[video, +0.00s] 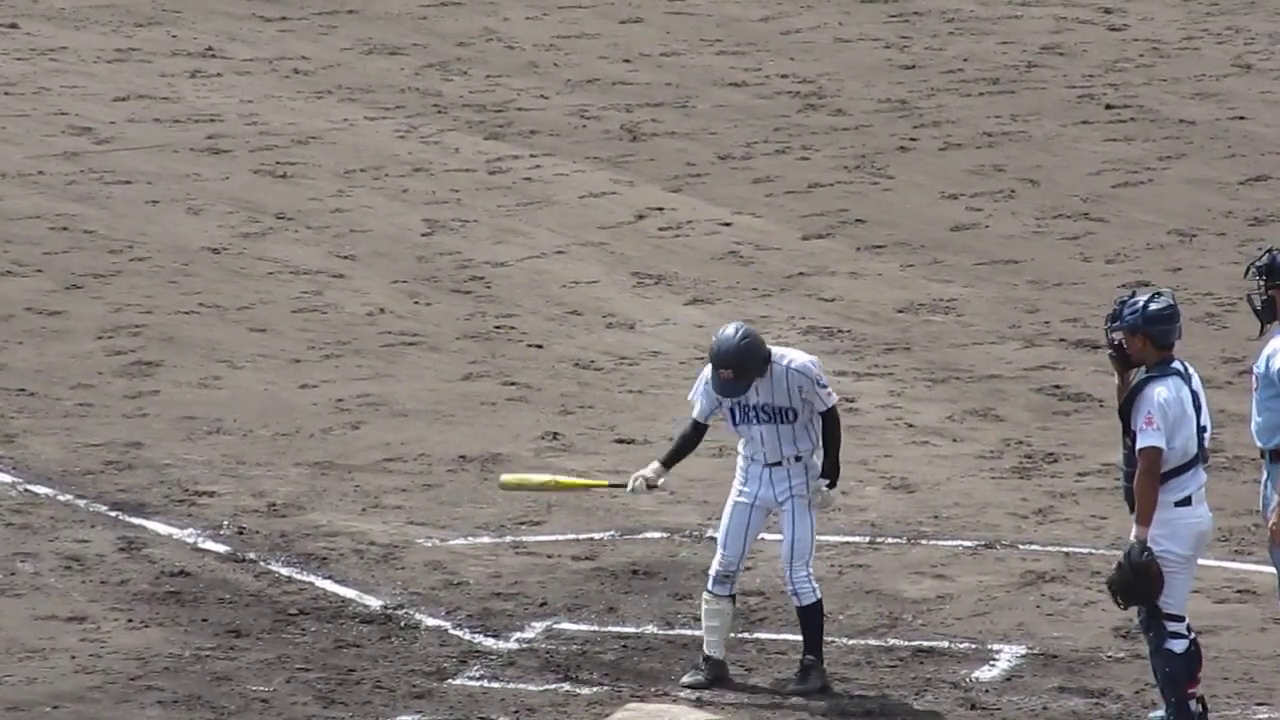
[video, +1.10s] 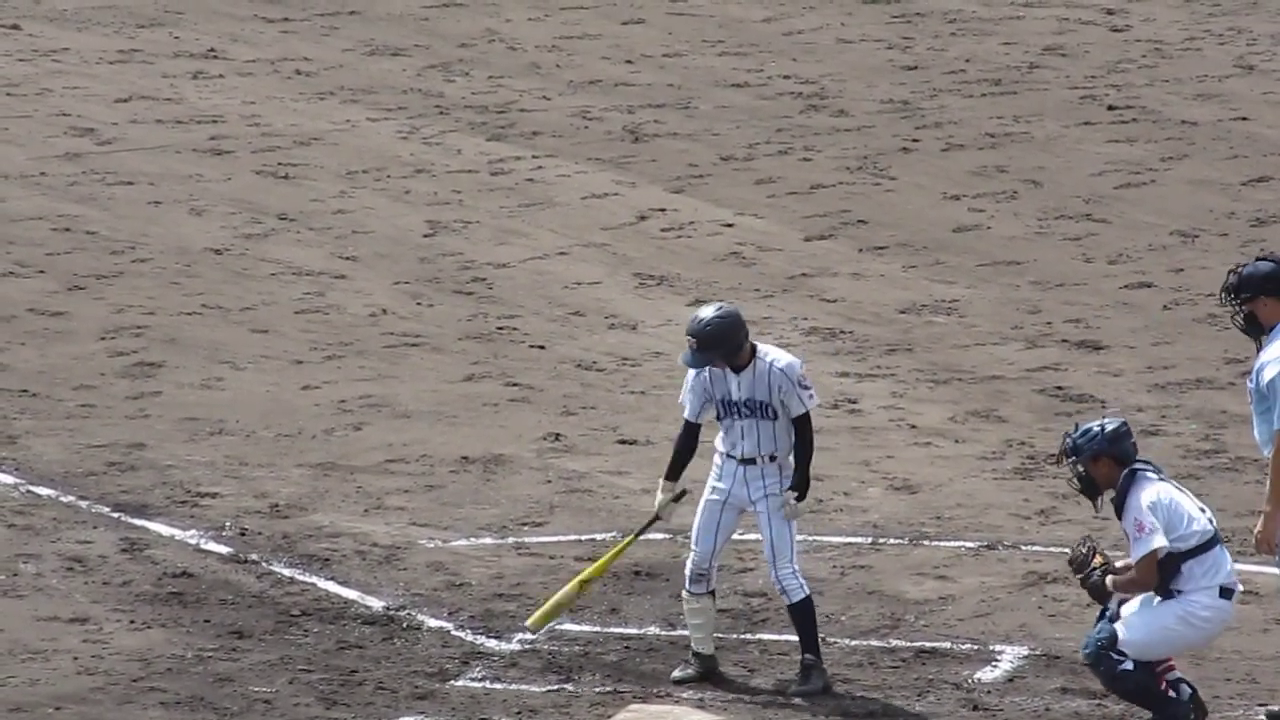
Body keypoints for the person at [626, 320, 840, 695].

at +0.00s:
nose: (727, 385)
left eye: (734, 379)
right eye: (722, 377)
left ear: (755, 366)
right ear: (717, 363)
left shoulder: (800, 370)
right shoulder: (717, 376)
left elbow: (829, 414)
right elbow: (696, 428)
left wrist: (829, 476)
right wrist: (659, 466)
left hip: (797, 474)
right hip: (750, 475)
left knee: (798, 573)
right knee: (724, 566)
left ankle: (813, 666)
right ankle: (712, 661)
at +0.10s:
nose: (750, 385)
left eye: (758, 378)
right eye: (745, 376)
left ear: (779, 364)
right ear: (737, 361)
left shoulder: (814, 371)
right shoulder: (728, 373)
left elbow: (839, 415)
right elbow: (723, 431)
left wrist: (843, 475)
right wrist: (708, 483)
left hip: (800, 476)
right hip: (750, 474)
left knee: (800, 572)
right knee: (725, 565)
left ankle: (811, 667)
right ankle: (712, 661)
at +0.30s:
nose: (779, 369)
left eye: (787, 364)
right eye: (774, 362)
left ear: (805, 356)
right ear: (764, 352)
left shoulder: (831, 367)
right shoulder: (746, 370)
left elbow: (848, 414)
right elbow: (754, 431)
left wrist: (861, 472)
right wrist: (767, 487)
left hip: (798, 470)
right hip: (748, 468)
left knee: (801, 567)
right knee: (717, 561)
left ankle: (813, 665)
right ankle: (719, 642)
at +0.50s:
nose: (783, 370)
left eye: (791, 365)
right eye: (777, 363)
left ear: (808, 354)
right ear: (767, 353)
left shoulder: (829, 361)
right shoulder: (748, 372)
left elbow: (842, 409)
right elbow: (779, 426)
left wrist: (856, 464)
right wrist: (826, 460)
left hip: (796, 473)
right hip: (745, 468)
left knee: (801, 569)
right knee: (708, 567)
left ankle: (813, 665)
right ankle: (704, 639)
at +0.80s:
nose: (749, 367)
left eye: (757, 360)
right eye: (743, 359)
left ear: (775, 349)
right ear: (735, 348)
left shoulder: (804, 357)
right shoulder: (722, 372)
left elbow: (819, 404)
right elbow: (744, 433)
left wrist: (833, 462)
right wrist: (772, 477)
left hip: (782, 465)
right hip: (732, 462)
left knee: (792, 562)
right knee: (705, 559)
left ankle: (812, 660)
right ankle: (702, 653)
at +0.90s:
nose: (733, 360)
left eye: (740, 354)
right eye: (728, 353)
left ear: (762, 346)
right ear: (723, 344)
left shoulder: (797, 360)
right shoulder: (712, 372)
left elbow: (816, 410)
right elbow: (718, 434)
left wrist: (824, 467)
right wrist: (729, 488)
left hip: (775, 469)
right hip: (726, 470)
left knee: (793, 563)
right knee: (705, 561)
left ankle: (814, 662)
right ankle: (704, 654)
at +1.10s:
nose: (708, 364)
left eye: (712, 357)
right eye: (705, 358)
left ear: (734, 348)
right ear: (711, 351)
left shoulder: (782, 369)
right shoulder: (704, 372)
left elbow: (803, 429)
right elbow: (688, 433)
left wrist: (800, 481)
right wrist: (668, 482)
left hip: (772, 476)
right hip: (724, 474)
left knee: (785, 573)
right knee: (698, 565)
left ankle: (812, 665)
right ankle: (703, 659)